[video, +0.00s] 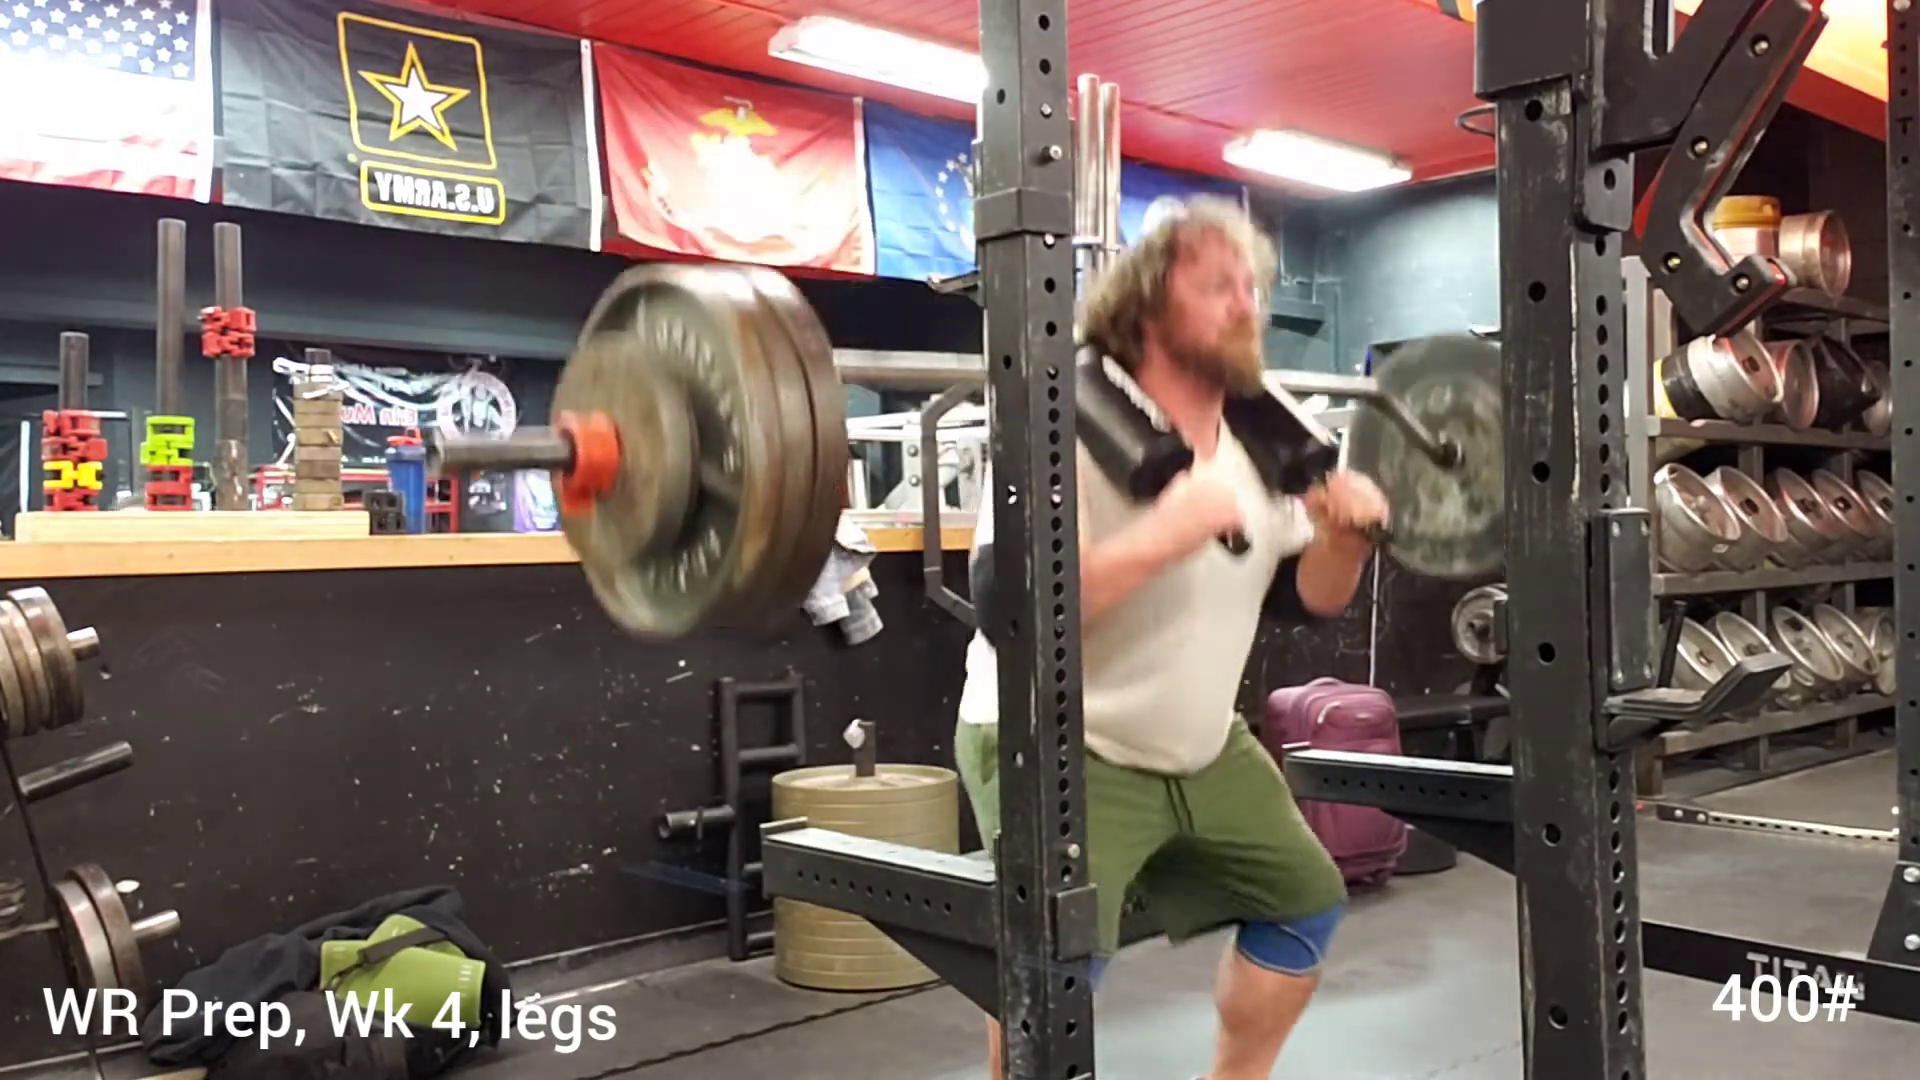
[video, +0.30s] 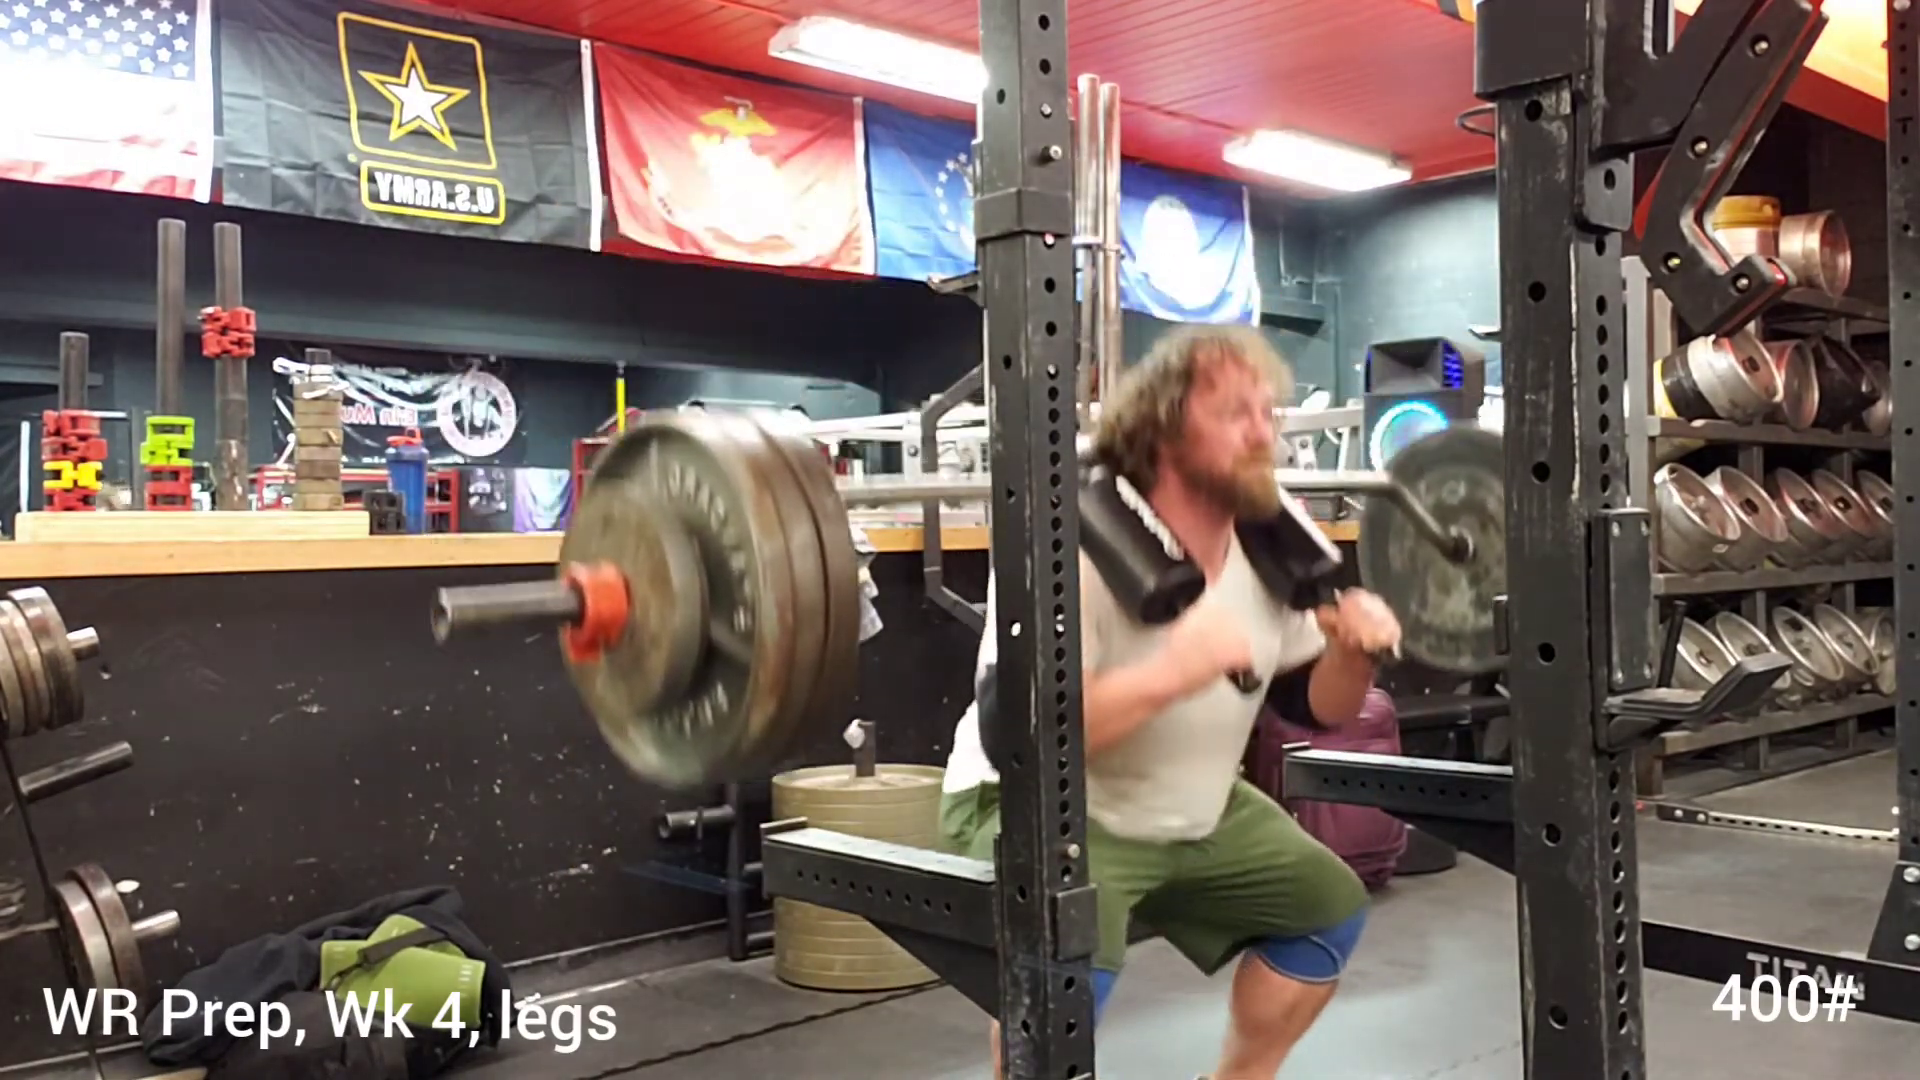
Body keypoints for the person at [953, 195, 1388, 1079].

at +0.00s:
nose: (1244, 303)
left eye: (1251, 285)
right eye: (1218, 284)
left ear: (1259, 301)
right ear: (1153, 302)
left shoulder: (1267, 424)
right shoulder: (1069, 416)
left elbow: (1321, 596)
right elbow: (1028, 601)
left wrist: (1345, 530)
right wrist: (1163, 534)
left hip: (1204, 740)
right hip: (1066, 744)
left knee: (1303, 901)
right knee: (1057, 965)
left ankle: (1237, 1074)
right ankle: (1016, 1072)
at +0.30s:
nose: (1261, 434)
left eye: (1267, 413)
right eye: (1234, 414)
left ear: (1278, 421)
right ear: (1165, 431)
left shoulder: (1271, 533)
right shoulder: (1073, 538)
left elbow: (1328, 710)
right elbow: (1033, 730)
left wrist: (1353, 651)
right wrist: (1170, 672)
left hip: (1195, 804)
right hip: (1054, 811)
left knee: (1326, 908)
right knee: (1076, 965)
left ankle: (1241, 1073)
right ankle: (1018, 1068)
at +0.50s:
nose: (1266, 513)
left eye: (1273, 493)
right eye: (1240, 493)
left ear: (1284, 498)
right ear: (1169, 504)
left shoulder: (1273, 605)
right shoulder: (1076, 614)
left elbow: (1334, 778)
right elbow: (1017, 803)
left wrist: (1360, 723)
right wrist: (1174, 753)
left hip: (1209, 858)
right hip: (1078, 870)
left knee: (1347, 915)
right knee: (1080, 977)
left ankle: (1245, 1074)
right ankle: (1026, 1070)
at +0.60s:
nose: (1267, 552)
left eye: (1275, 531)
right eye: (1241, 532)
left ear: (1288, 532)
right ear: (1171, 543)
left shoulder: (1276, 638)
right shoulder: (1084, 651)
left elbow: (1339, 808)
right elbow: (1030, 836)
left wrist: (1367, 755)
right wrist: (1173, 791)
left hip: (1222, 886)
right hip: (1094, 900)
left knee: (1359, 925)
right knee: (1078, 1000)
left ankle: (1245, 1075)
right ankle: (1020, 1066)